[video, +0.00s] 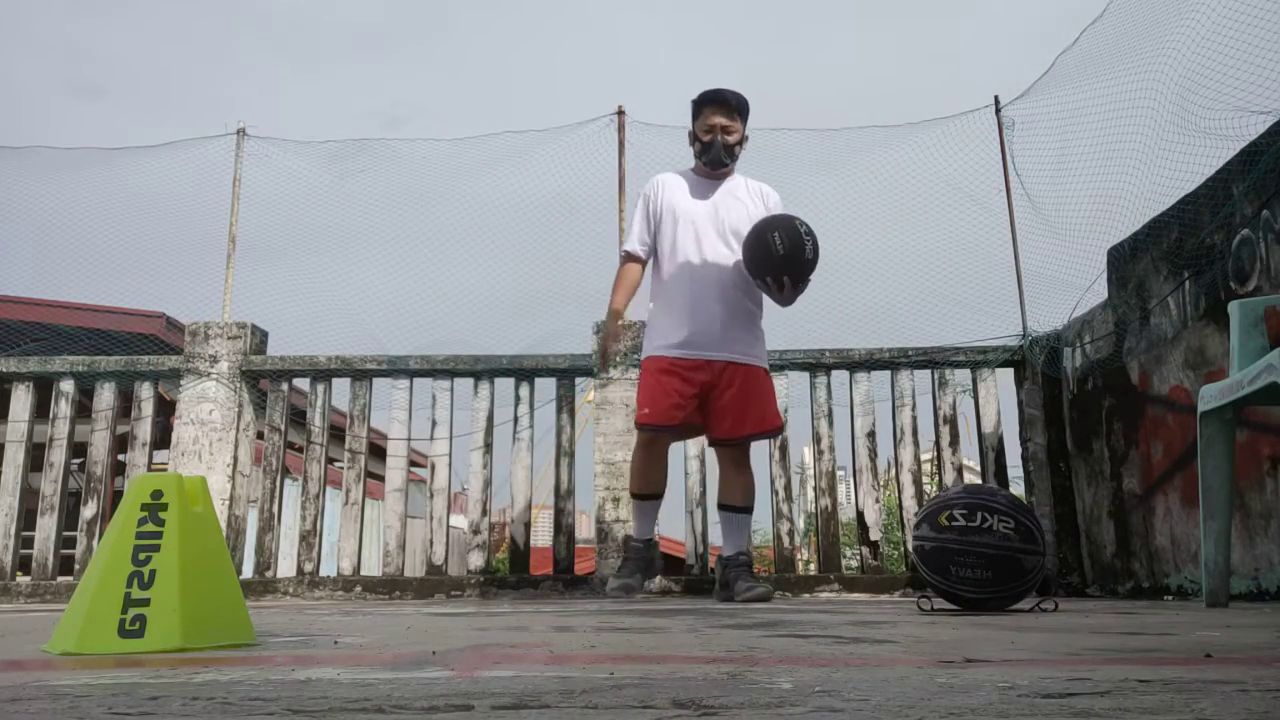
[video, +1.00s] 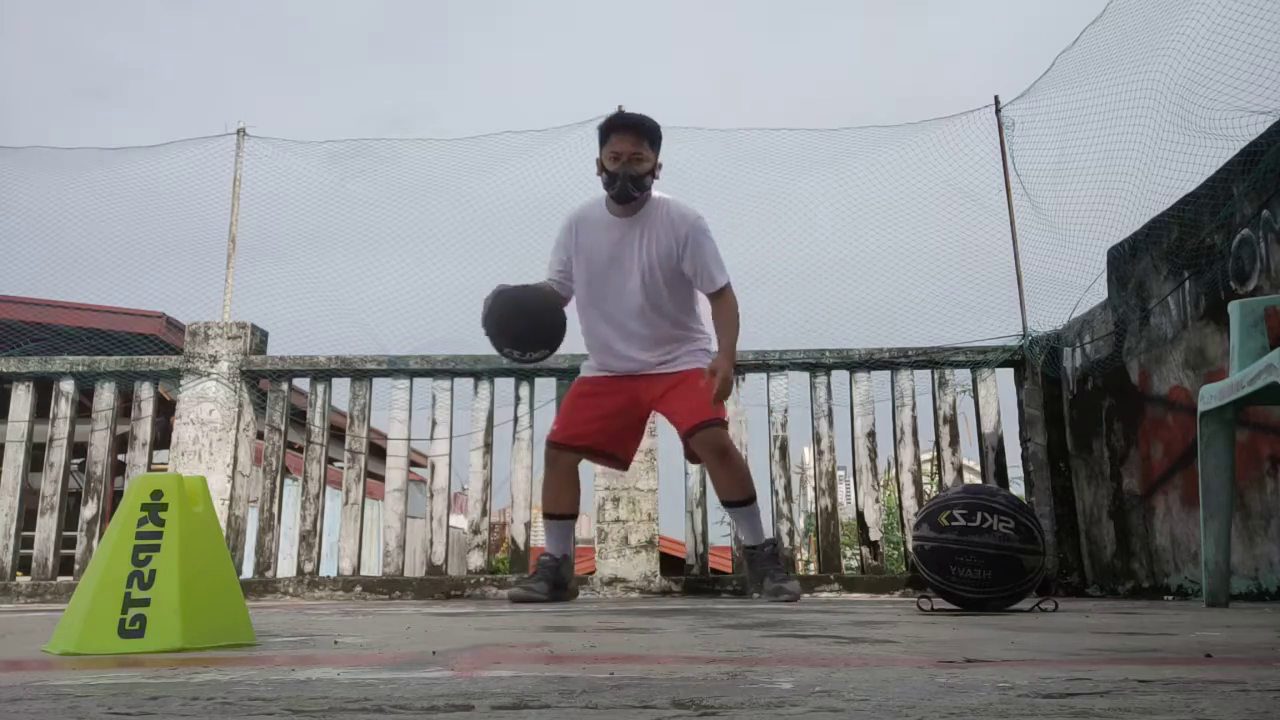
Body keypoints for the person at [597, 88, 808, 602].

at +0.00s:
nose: (719, 139)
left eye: (729, 132)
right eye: (710, 131)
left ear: (743, 138)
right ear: (692, 134)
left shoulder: (762, 197)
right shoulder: (662, 189)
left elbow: (781, 279)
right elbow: (634, 257)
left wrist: (787, 291)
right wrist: (613, 316)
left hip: (738, 351)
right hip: (669, 348)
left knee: (734, 451)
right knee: (651, 436)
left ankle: (736, 567)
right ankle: (640, 556)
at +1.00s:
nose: (623, 171)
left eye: (636, 161)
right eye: (614, 159)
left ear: (655, 166)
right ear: (599, 163)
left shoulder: (683, 223)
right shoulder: (580, 224)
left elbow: (722, 296)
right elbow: (558, 289)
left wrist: (726, 358)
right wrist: (523, 307)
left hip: (682, 365)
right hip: (607, 370)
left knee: (714, 442)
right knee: (559, 447)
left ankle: (761, 558)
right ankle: (556, 567)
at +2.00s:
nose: (677, 170)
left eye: (690, 160)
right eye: (666, 156)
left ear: (705, 167)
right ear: (644, 160)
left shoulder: (721, 233)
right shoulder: (609, 228)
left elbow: (718, 325)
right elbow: (591, 316)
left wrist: (684, 386)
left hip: (695, 365)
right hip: (623, 370)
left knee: (715, 426)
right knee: (564, 447)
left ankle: (758, 562)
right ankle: (549, 568)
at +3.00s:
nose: (674, 161)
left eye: (687, 150)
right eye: (662, 146)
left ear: (704, 157)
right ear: (642, 150)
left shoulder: (721, 224)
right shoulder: (608, 219)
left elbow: (716, 319)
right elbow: (590, 307)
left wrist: (679, 379)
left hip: (692, 359)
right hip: (618, 366)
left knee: (716, 427)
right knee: (571, 443)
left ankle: (758, 563)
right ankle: (550, 566)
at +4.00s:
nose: (659, 165)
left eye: (674, 154)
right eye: (648, 151)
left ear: (691, 161)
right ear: (630, 155)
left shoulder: (709, 227)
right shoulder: (598, 223)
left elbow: (708, 316)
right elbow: (577, 313)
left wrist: (689, 379)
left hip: (681, 362)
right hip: (607, 366)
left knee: (710, 426)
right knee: (556, 448)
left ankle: (758, 561)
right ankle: (541, 568)